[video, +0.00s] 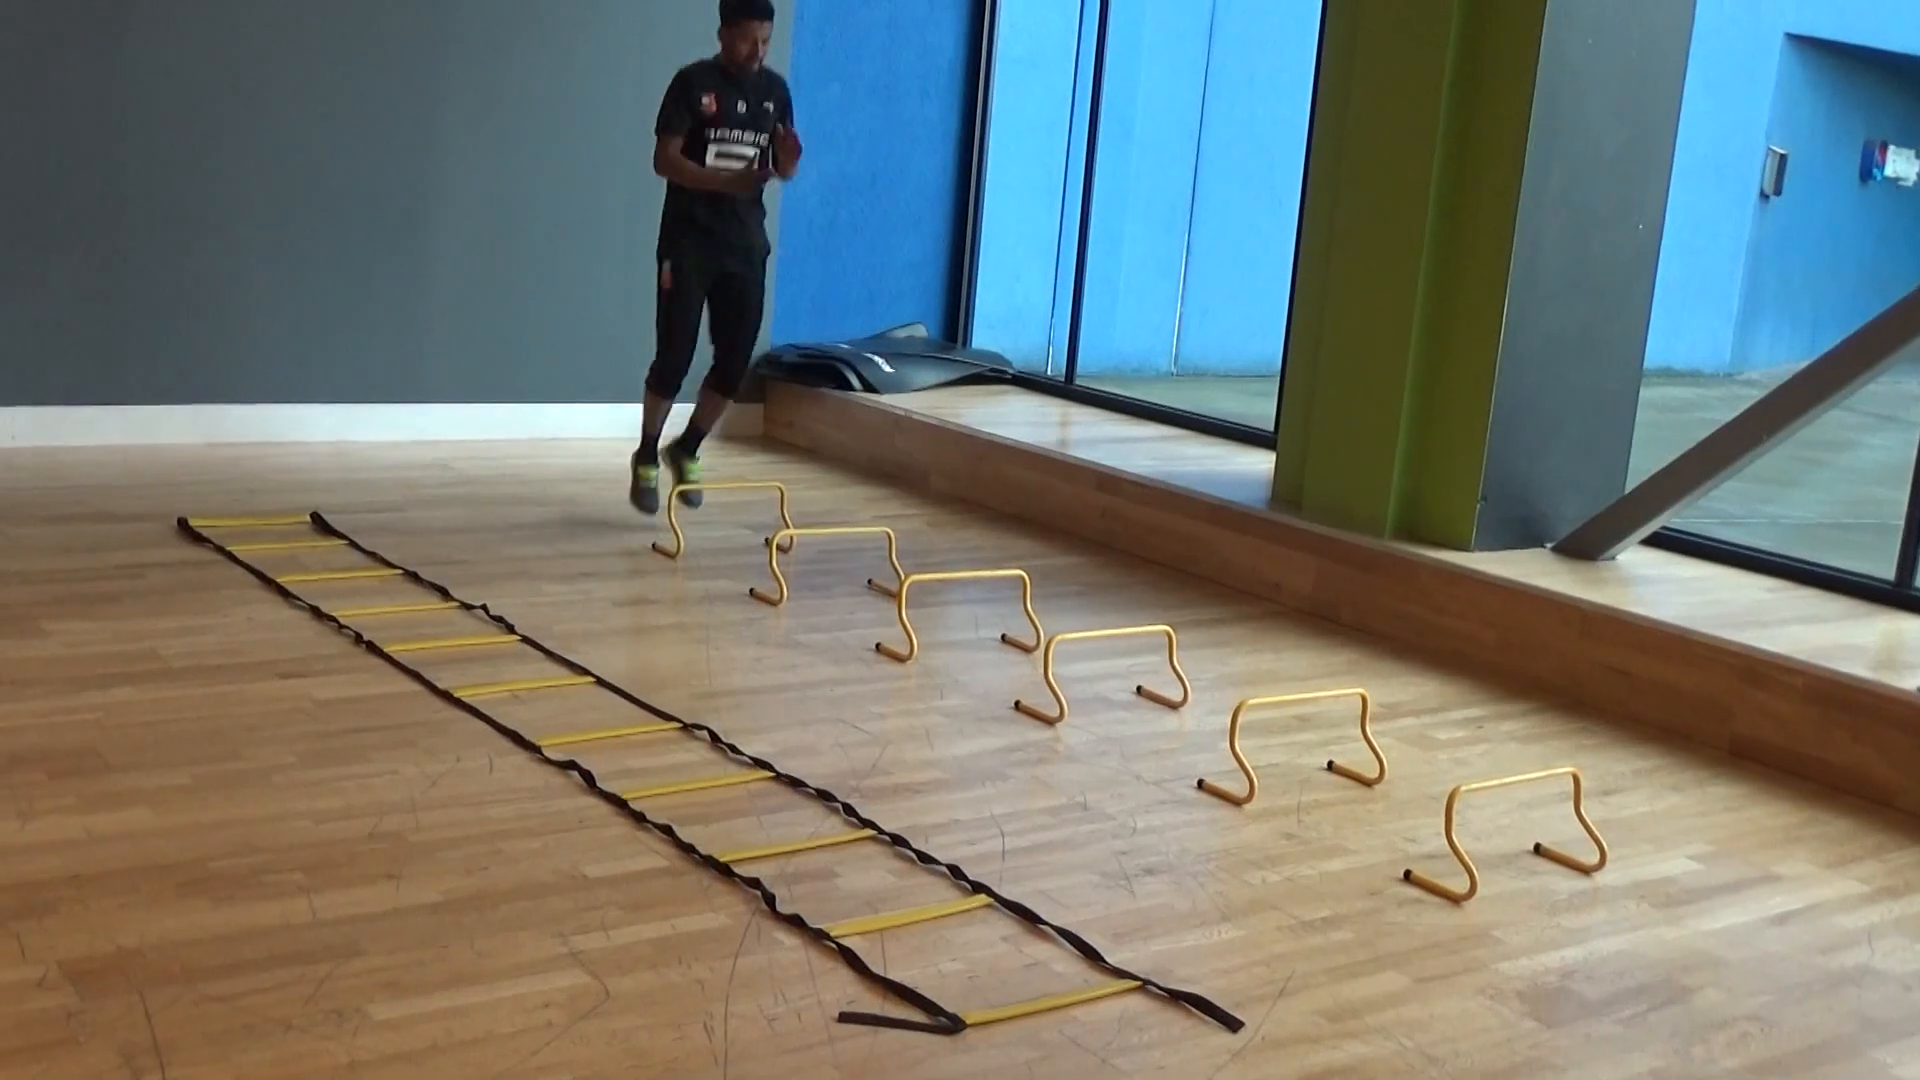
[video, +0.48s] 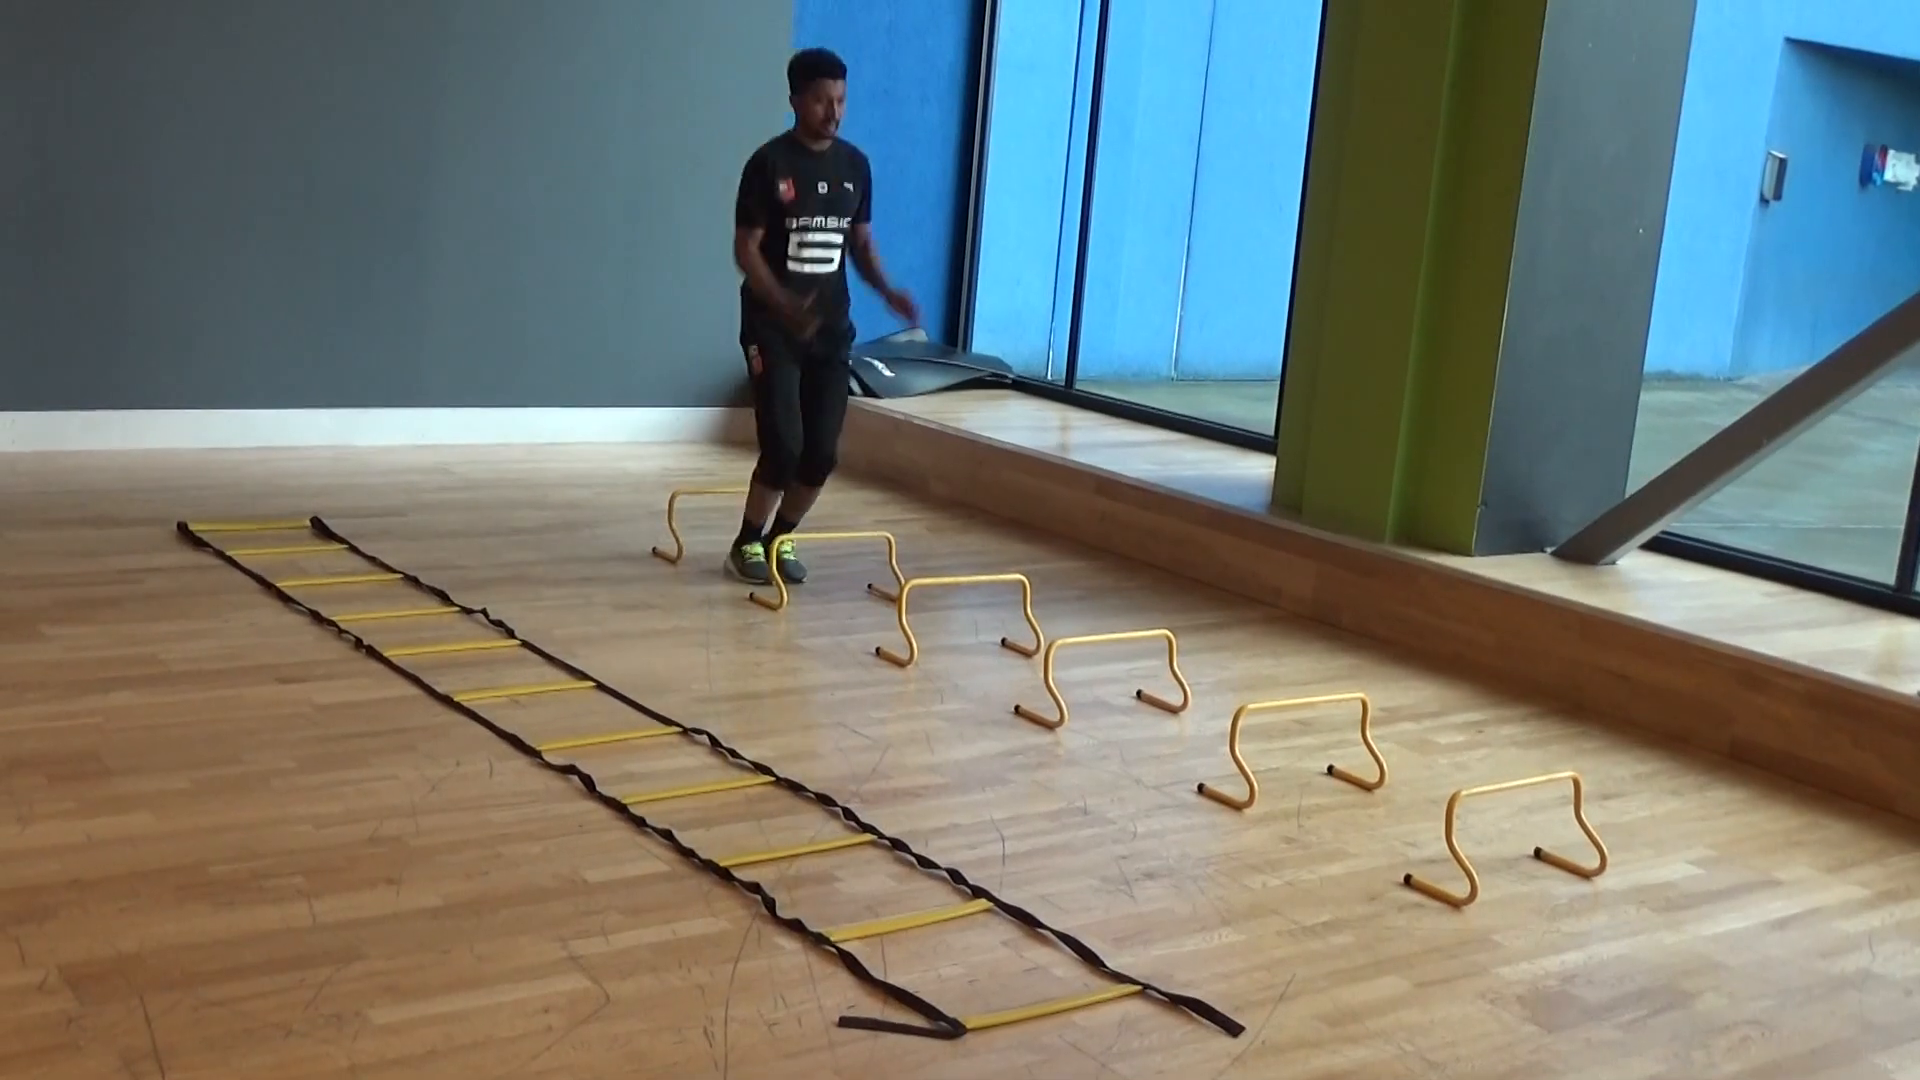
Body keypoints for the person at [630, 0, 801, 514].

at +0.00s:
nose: (755, 51)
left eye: (763, 41)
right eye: (747, 39)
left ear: (769, 38)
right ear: (723, 32)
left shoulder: (774, 88)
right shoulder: (692, 81)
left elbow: (784, 168)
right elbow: (665, 162)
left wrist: (787, 156)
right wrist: (729, 180)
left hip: (744, 243)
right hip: (687, 239)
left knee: (734, 361)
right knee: (674, 357)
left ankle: (686, 453)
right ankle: (646, 457)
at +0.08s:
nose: (776, 28)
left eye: (784, 17)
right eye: (767, 16)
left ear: (791, 16)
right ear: (742, 11)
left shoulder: (793, 64)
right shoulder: (706, 59)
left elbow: (799, 123)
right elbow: (666, 134)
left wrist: (804, 164)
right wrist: (704, 193)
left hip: (759, 215)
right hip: (700, 212)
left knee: (763, 340)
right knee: (700, 337)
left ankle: (710, 403)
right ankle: (673, 413)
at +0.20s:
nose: (806, 30)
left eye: (814, 21)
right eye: (796, 19)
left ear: (821, 18)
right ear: (771, 12)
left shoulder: (820, 63)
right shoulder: (730, 59)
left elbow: (819, 116)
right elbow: (663, 104)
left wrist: (815, 180)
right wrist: (654, 188)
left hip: (779, 211)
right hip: (719, 210)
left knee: (792, 330)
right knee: (728, 331)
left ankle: (760, 438)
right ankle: (718, 444)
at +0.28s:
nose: (814, 50)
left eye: (824, 40)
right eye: (805, 38)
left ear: (834, 34)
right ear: (781, 27)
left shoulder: (833, 80)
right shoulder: (740, 73)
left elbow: (807, 142)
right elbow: (675, 87)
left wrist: (803, 210)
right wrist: (661, 169)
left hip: (796, 236)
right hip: (734, 235)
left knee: (803, 363)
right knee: (739, 362)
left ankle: (783, 488)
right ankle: (738, 492)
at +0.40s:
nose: (826, 99)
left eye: (834, 88)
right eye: (815, 87)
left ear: (840, 87)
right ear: (789, 84)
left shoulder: (844, 144)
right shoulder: (751, 140)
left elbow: (826, 216)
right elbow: (707, 202)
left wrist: (826, 283)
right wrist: (704, 284)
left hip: (820, 303)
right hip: (761, 301)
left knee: (821, 434)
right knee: (770, 431)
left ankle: (783, 538)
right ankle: (746, 538)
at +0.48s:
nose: (833, 111)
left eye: (839, 100)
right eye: (822, 101)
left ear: (845, 100)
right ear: (795, 100)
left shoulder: (855, 164)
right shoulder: (767, 164)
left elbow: (860, 239)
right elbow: (745, 250)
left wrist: (887, 290)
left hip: (831, 324)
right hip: (774, 323)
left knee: (821, 457)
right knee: (783, 449)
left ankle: (777, 538)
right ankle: (748, 543)